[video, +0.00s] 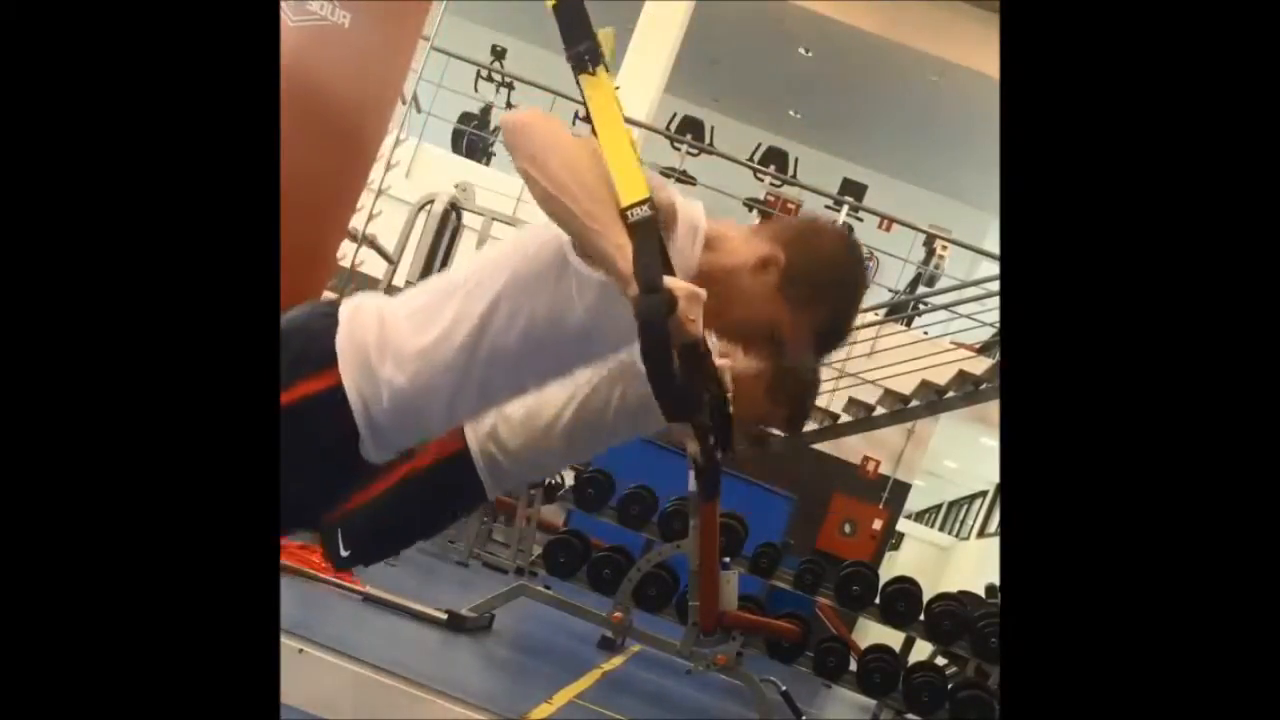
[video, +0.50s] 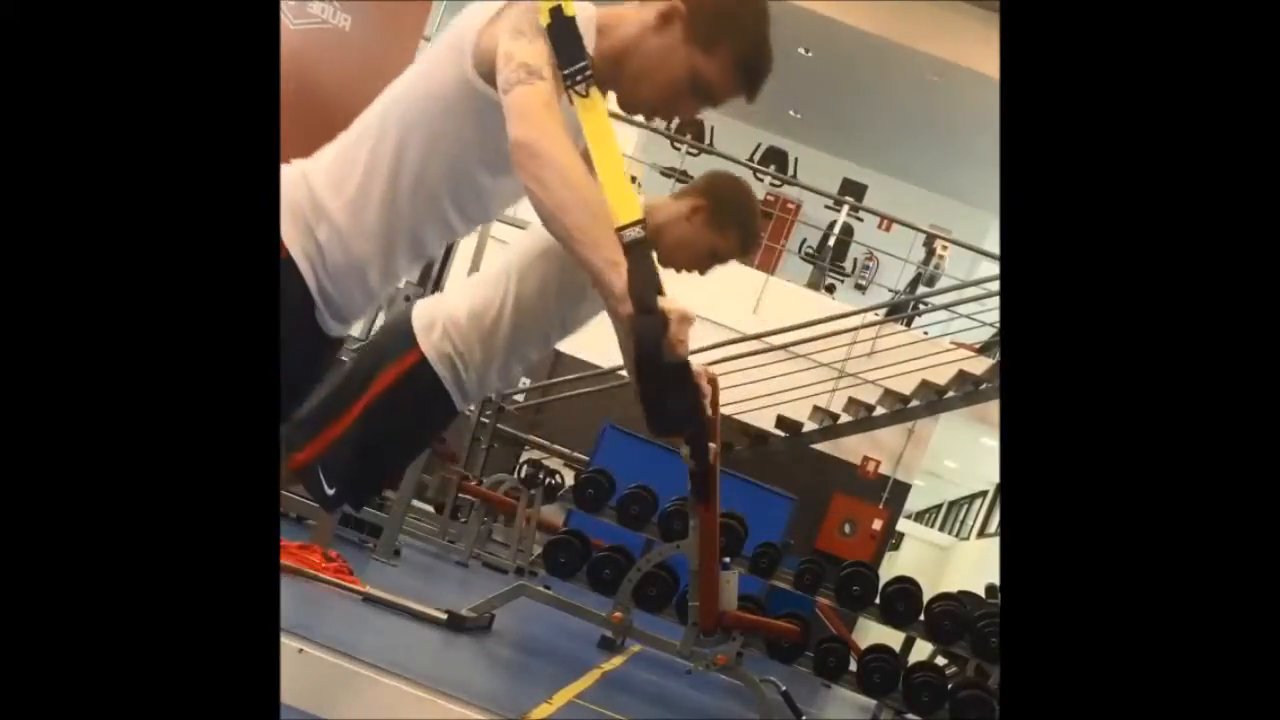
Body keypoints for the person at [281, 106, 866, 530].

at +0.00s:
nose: (748, 347)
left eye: (766, 349)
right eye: (764, 332)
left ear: (765, 257)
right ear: (766, 263)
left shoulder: (682, 312)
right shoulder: (667, 219)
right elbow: (526, 129)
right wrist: (644, 278)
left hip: (375, 432)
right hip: (337, 381)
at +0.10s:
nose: (744, 300)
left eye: (764, 298)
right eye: (763, 285)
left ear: (749, 212)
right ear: (751, 213)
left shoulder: (667, 260)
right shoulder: (650, 171)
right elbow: (523, 124)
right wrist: (637, 278)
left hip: (369, 410)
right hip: (325, 353)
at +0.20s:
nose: (725, 239)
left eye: (744, 236)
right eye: (744, 222)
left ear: (731, 153)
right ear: (730, 155)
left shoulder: (642, 208)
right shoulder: (620, 119)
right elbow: (523, 130)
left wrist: (678, 369)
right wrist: (639, 279)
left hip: (358, 378)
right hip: (318, 321)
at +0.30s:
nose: (713, 186)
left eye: (732, 177)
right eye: (727, 165)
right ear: (709, 93)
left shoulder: (620, 164)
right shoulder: (580, 67)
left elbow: (626, 292)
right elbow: (536, 144)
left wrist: (668, 366)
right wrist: (645, 284)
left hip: (355, 354)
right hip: (309, 297)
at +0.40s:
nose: (699, 145)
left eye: (717, 135)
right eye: (711, 119)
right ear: (683, 45)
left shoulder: (597, 134)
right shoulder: (553, 33)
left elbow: (634, 260)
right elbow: (539, 149)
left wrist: (662, 371)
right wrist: (647, 306)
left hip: (335, 336)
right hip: (294, 275)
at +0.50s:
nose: (685, 117)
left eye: (703, 109)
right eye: (698, 93)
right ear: (672, 19)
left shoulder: (577, 94)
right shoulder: (533, 19)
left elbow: (614, 232)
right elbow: (535, 145)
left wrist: (659, 349)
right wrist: (632, 305)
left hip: (328, 316)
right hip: (289, 262)